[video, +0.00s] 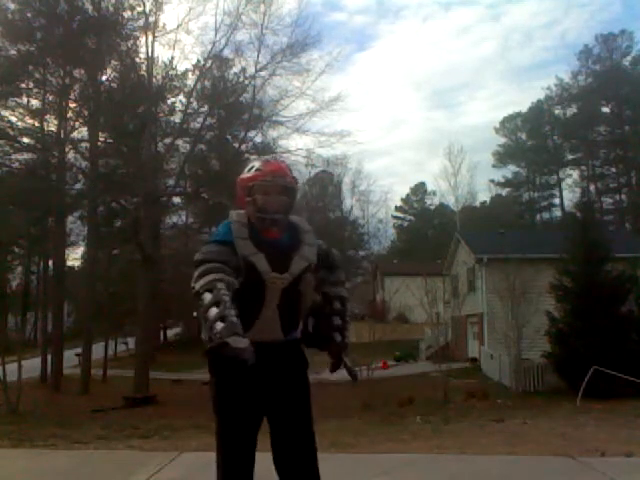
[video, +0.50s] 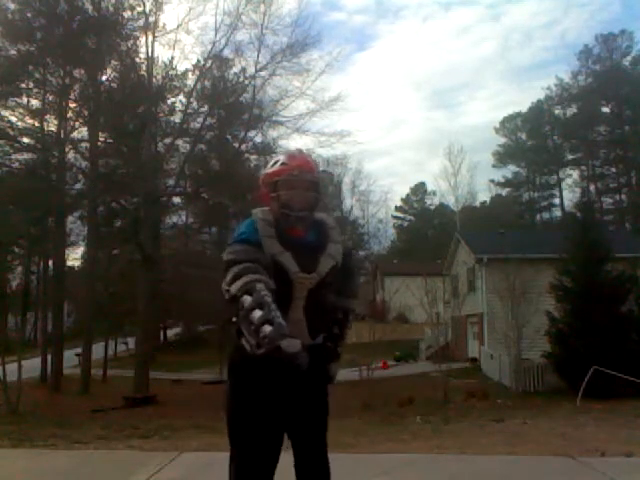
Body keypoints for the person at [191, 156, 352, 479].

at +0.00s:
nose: (275, 200)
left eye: (282, 192)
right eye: (266, 192)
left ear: (291, 198)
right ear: (249, 197)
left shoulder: (305, 238)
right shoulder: (230, 235)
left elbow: (332, 283)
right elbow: (212, 281)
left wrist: (334, 335)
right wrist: (229, 337)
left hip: (287, 357)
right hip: (238, 355)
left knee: (298, 449)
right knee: (236, 452)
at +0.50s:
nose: (299, 197)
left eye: (307, 189)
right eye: (290, 188)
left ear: (317, 194)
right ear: (274, 192)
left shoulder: (332, 241)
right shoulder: (253, 233)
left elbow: (343, 300)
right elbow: (246, 282)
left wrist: (328, 351)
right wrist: (278, 340)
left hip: (311, 366)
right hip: (259, 364)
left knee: (314, 461)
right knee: (253, 462)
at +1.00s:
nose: (323, 186)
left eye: (333, 178)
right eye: (314, 177)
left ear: (345, 184)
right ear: (296, 181)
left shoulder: (360, 227)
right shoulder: (272, 223)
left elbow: (406, 271)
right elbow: (237, 281)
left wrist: (404, 363)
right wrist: (215, 344)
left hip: (335, 358)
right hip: (278, 356)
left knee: (326, 461)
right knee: (266, 458)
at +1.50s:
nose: (302, 179)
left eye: (312, 171)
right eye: (291, 170)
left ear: (325, 180)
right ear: (274, 180)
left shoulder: (342, 229)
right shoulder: (253, 229)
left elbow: (378, 274)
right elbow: (225, 287)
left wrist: (369, 346)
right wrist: (209, 343)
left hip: (323, 364)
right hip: (267, 363)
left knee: (318, 465)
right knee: (264, 462)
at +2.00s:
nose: (284, 192)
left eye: (296, 181)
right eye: (274, 180)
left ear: (311, 186)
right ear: (256, 183)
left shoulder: (334, 229)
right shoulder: (233, 230)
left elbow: (369, 282)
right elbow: (192, 290)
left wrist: (361, 366)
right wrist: (171, 364)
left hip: (311, 365)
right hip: (254, 366)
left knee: (310, 466)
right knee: (259, 465)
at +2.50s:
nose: (286, 188)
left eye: (297, 178)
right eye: (275, 175)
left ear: (310, 182)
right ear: (255, 176)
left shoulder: (325, 220)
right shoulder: (230, 221)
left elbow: (370, 264)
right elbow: (188, 291)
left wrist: (380, 341)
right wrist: (171, 384)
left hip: (303, 362)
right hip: (244, 362)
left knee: (305, 466)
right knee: (248, 467)